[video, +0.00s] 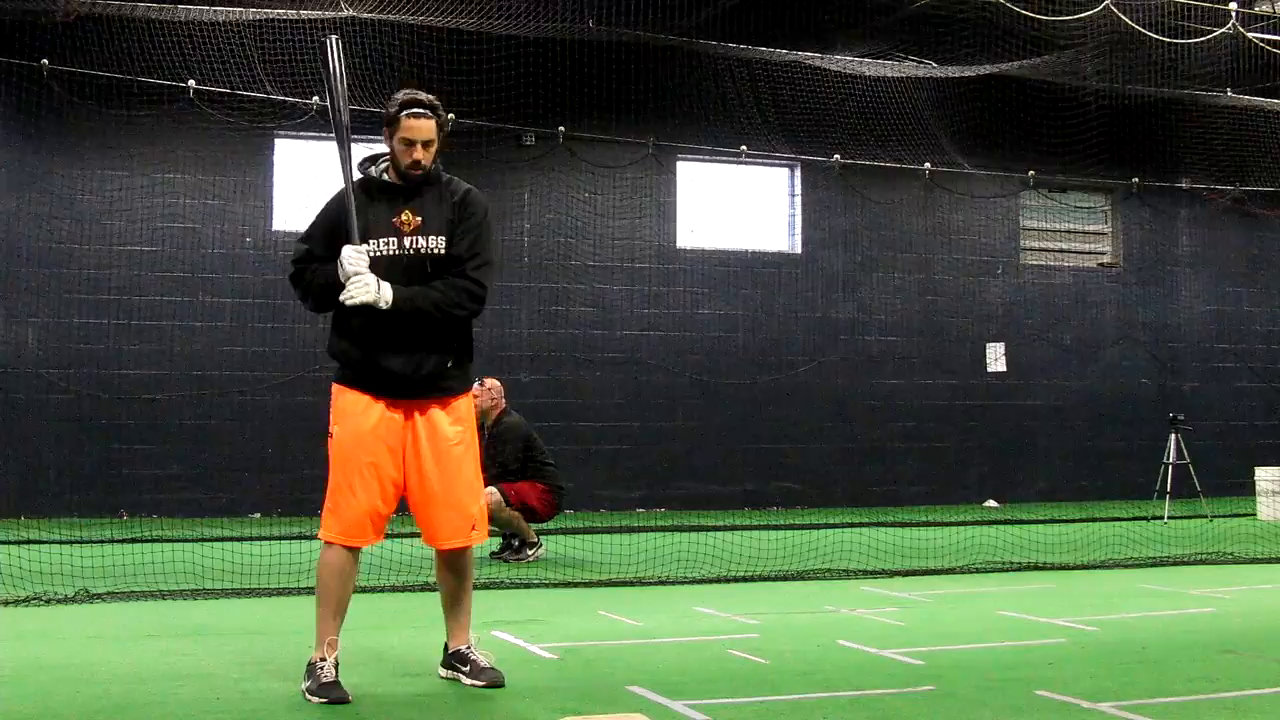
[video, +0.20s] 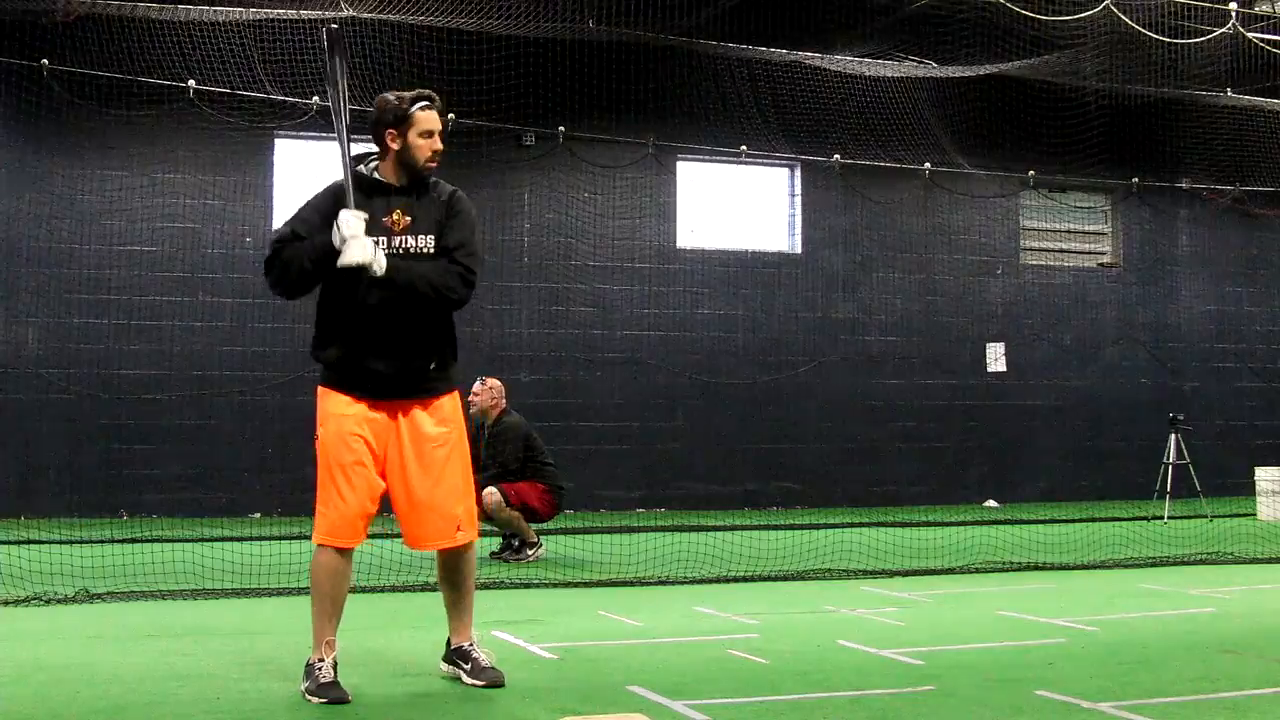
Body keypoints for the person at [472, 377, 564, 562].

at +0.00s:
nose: (471, 401)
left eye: (476, 396)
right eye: (471, 397)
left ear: (495, 401)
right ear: (492, 402)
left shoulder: (510, 426)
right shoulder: (485, 427)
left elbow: (502, 473)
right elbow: (484, 469)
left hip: (543, 491)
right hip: (518, 487)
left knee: (489, 500)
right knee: (472, 496)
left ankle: (531, 540)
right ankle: (512, 535)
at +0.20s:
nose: (469, 399)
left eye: (476, 394)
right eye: (470, 394)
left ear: (494, 400)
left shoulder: (510, 425)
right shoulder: (482, 428)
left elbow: (506, 472)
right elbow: (477, 466)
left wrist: (469, 487)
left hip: (543, 491)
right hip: (514, 488)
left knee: (491, 498)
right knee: (469, 501)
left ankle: (532, 541)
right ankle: (511, 534)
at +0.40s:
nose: (470, 397)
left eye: (477, 393)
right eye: (471, 393)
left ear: (494, 400)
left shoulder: (511, 425)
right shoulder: (483, 428)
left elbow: (507, 471)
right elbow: (483, 466)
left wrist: (471, 487)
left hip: (543, 491)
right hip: (516, 487)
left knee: (491, 498)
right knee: (471, 494)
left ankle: (531, 540)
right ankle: (511, 535)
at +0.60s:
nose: (471, 397)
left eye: (477, 393)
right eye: (471, 393)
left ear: (494, 401)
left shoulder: (510, 425)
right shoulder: (484, 427)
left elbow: (504, 471)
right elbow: (483, 467)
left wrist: (471, 487)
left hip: (543, 491)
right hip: (516, 487)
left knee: (491, 499)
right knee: (473, 496)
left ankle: (531, 540)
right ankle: (511, 536)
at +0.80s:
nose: (473, 395)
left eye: (479, 392)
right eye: (474, 391)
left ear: (495, 401)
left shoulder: (509, 425)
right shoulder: (487, 426)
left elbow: (504, 473)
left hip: (543, 491)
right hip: (519, 487)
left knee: (490, 499)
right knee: (475, 494)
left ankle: (531, 540)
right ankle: (511, 536)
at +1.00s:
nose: (468, 398)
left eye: (475, 394)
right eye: (469, 393)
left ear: (493, 401)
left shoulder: (509, 425)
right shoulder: (479, 429)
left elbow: (508, 471)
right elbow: (479, 467)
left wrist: (471, 487)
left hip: (543, 491)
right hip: (514, 488)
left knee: (490, 499)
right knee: (467, 499)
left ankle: (532, 541)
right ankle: (511, 535)